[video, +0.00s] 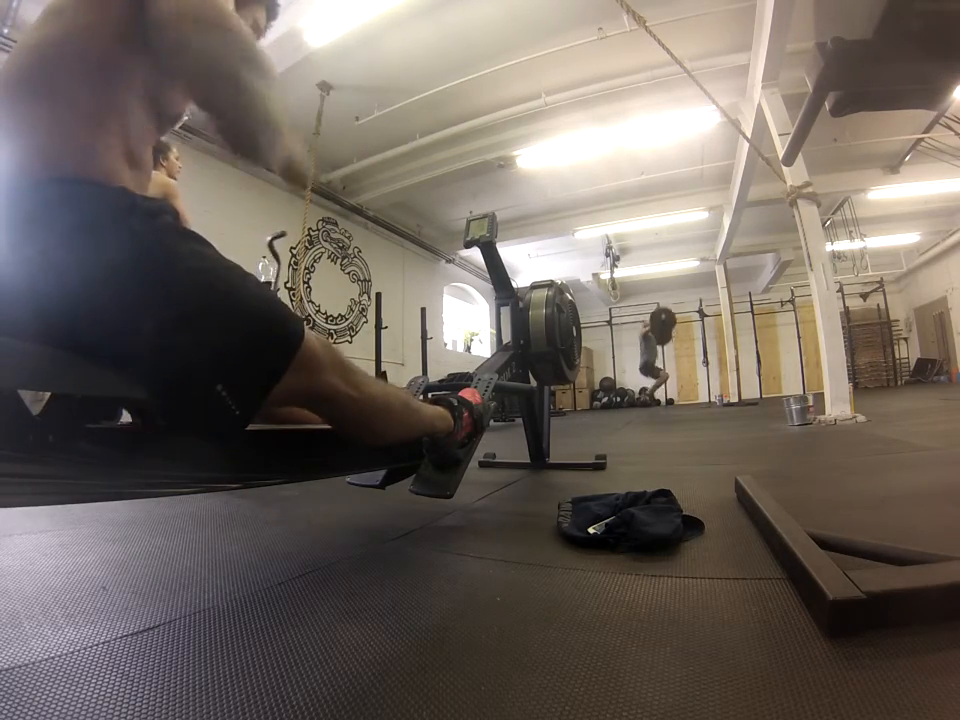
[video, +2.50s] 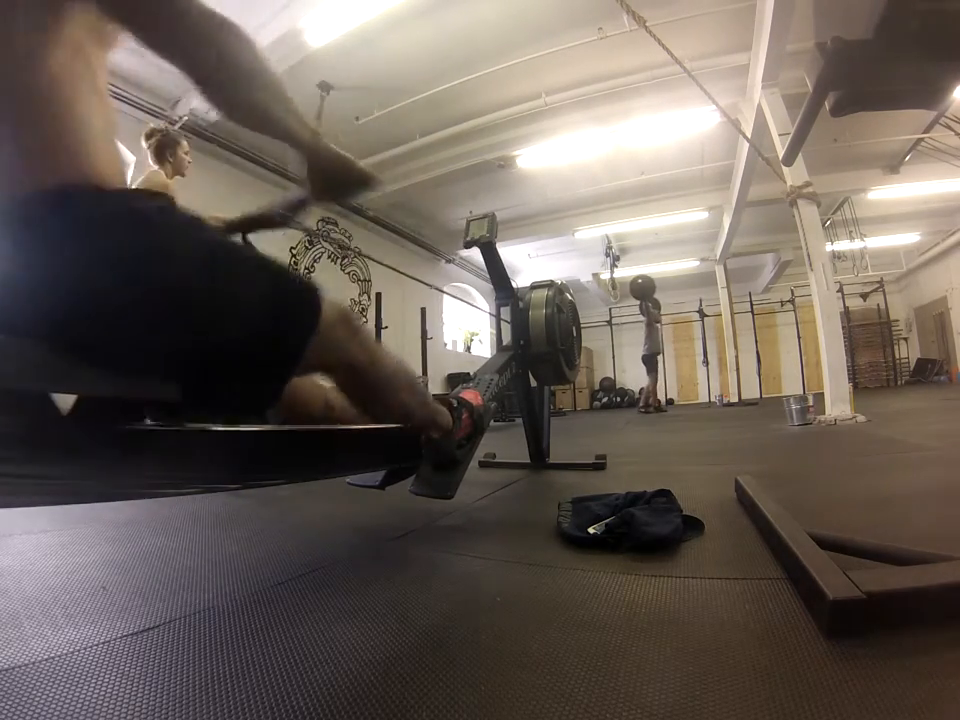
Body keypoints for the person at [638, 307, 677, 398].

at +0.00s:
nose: (647, 326)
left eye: (647, 324)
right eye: (646, 325)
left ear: (648, 326)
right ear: (644, 326)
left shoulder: (651, 336)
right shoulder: (645, 336)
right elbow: (645, 332)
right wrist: (653, 324)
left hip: (650, 365)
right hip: (645, 366)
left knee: (665, 375)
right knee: (664, 375)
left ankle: (651, 393)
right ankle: (649, 393)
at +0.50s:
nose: (674, 357)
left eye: (674, 355)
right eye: (673, 355)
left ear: (667, 356)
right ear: (667, 355)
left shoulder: (667, 366)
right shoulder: (662, 361)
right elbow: (659, 347)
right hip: (648, 388)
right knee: (669, 384)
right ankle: (658, 406)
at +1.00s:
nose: (673, 359)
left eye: (673, 356)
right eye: (671, 356)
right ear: (666, 357)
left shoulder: (666, 368)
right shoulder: (660, 363)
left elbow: (663, 382)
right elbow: (658, 352)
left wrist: (666, 400)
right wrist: (655, 340)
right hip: (647, 389)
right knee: (668, 383)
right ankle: (658, 406)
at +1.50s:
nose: (675, 356)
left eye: (675, 354)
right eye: (673, 354)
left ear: (668, 355)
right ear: (668, 355)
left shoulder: (667, 365)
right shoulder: (662, 361)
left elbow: (664, 380)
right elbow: (659, 349)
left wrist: (665, 399)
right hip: (649, 386)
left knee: (668, 384)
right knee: (669, 384)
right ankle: (658, 406)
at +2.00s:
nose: (671, 337)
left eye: (671, 335)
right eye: (669, 335)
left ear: (667, 336)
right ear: (665, 336)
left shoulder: (665, 347)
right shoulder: (661, 344)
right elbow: (659, 334)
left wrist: (663, 373)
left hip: (655, 371)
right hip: (649, 371)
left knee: (668, 382)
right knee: (667, 382)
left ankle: (659, 404)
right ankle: (658, 406)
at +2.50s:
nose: (659, 315)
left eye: (658, 313)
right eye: (657, 312)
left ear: (654, 312)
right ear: (651, 312)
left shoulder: (653, 324)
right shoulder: (649, 323)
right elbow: (647, 311)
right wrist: (645, 300)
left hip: (652, 354)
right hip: (649, 354)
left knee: (653, 381)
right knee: (652, 381)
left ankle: (654, 404)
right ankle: (644, 404)